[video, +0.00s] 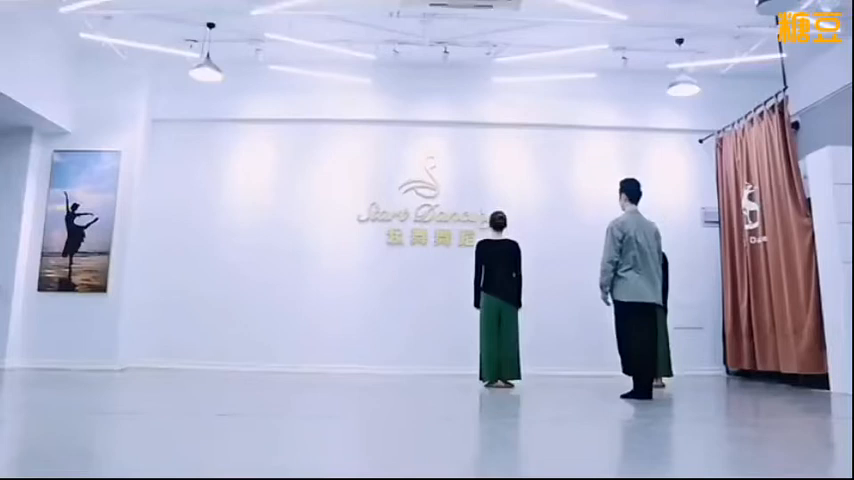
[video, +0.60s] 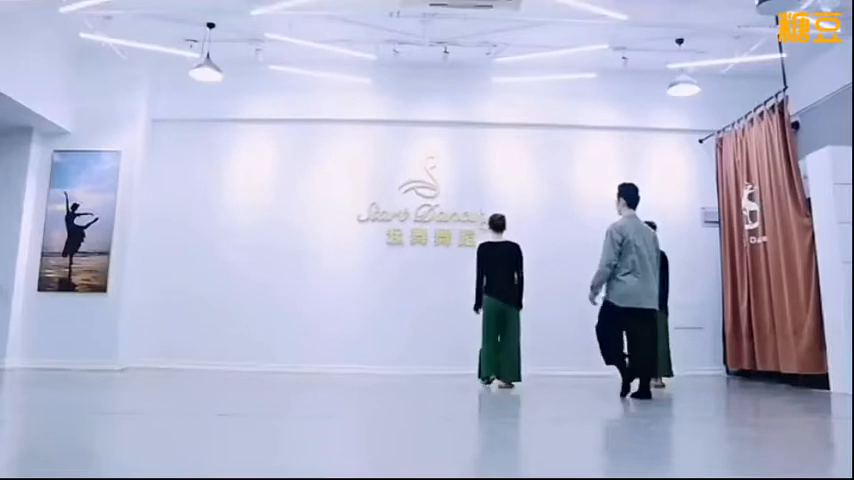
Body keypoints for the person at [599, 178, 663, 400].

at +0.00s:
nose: (619, 199)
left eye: (619, 195)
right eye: (620, 195)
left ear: (623, 197)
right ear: (639, 197)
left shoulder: (618, 225)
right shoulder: (652, 227)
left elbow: (610, 261)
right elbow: (658, 261)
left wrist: (604, 287)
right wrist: (655, 289)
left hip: (626, 294)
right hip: (650, 294)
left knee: (631, 342)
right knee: (647, 342)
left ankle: (640, 386)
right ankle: (644, 387)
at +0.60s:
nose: (616, 203)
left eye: (616, 200)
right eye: (617, 199)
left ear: (621, 201)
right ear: (636, 202)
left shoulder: (617, 229)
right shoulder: (650, 232)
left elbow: (607, 264)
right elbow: (656, 264)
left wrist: (594, 287)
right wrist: (652, 292)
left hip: (621, 296)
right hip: (647, 297)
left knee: (605, 330)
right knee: (642, 343)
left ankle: (623, 368)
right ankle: (644, 387)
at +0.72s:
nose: (613, 207)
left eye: (614, 203)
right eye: (615, 203)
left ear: (619, 205)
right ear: (633, 206)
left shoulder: (615, 232)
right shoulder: (648, 237)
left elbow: (604, 269)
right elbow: (652, 271)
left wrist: (591, 296)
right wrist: (648, 298)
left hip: (617, 297)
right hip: (643, 301)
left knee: (591, 329)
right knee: (638, 345)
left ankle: (597, 366)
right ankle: (643, 386)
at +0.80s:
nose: (611, 207)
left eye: (613, 204)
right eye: (613, 203)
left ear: (617, 205)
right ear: (632, 207)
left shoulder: (613, 233)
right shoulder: (645, 238)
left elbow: (603, 270)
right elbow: (650, 273)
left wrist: (591, 298)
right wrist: (647, 302)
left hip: (615, 299)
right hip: (640, 302)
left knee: (585, 330)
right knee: (638, 346)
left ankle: (583, 368)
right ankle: (644, 387)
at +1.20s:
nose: (582, 202)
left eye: (583, 198)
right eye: (584, 198)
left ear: (588, 200)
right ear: (602, 202)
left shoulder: (582, 229)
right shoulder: (613, 234)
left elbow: (575, 266)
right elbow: (616, 269)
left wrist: (567, 296)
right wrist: (616, 300)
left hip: (584, 298)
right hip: (609, 300)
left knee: (569, 344)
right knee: (619, 343)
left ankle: (555, 387)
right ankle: (639, 381)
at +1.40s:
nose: (564, 199)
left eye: (565, 195)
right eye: (566, 195)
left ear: (569, 197)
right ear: (583, 200)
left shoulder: (562, 226)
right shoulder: (593, 232)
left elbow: (552, 258)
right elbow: (598, 266)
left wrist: (542, 283)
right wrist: (597, 294)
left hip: (564, 296)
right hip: (588, 297)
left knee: (561, 343)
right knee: (605, 340)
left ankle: (555, 387)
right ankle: (629, 379)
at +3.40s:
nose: (539, 195)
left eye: (539, 192)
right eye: (551, 193)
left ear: (538, 195)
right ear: (558, 196)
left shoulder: (529, 226)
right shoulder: (568, 227)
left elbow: (521, 259)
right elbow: (578, 263)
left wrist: (515, 285)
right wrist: (581, 290)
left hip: (542, 296)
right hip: (568, 295)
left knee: (548, 343)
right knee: (589, 337)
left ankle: (554, 388)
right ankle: (611, 376)